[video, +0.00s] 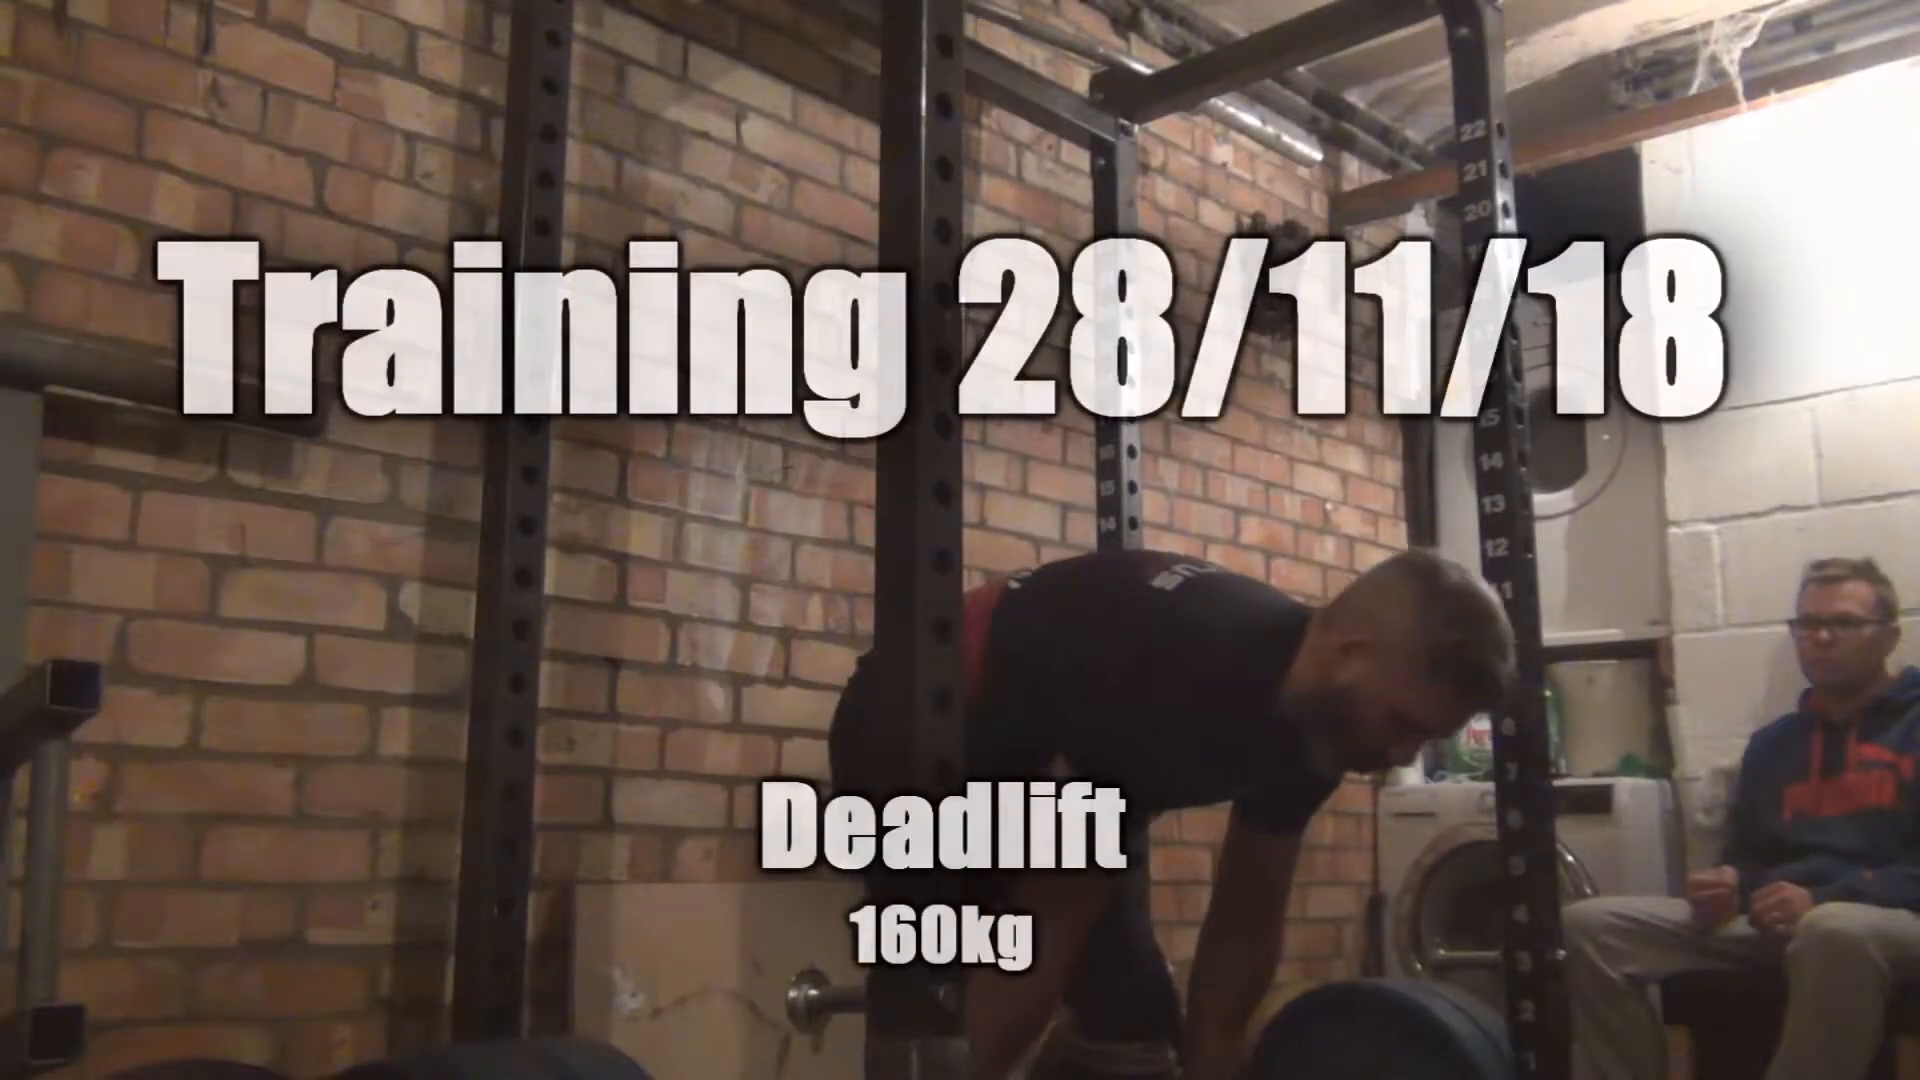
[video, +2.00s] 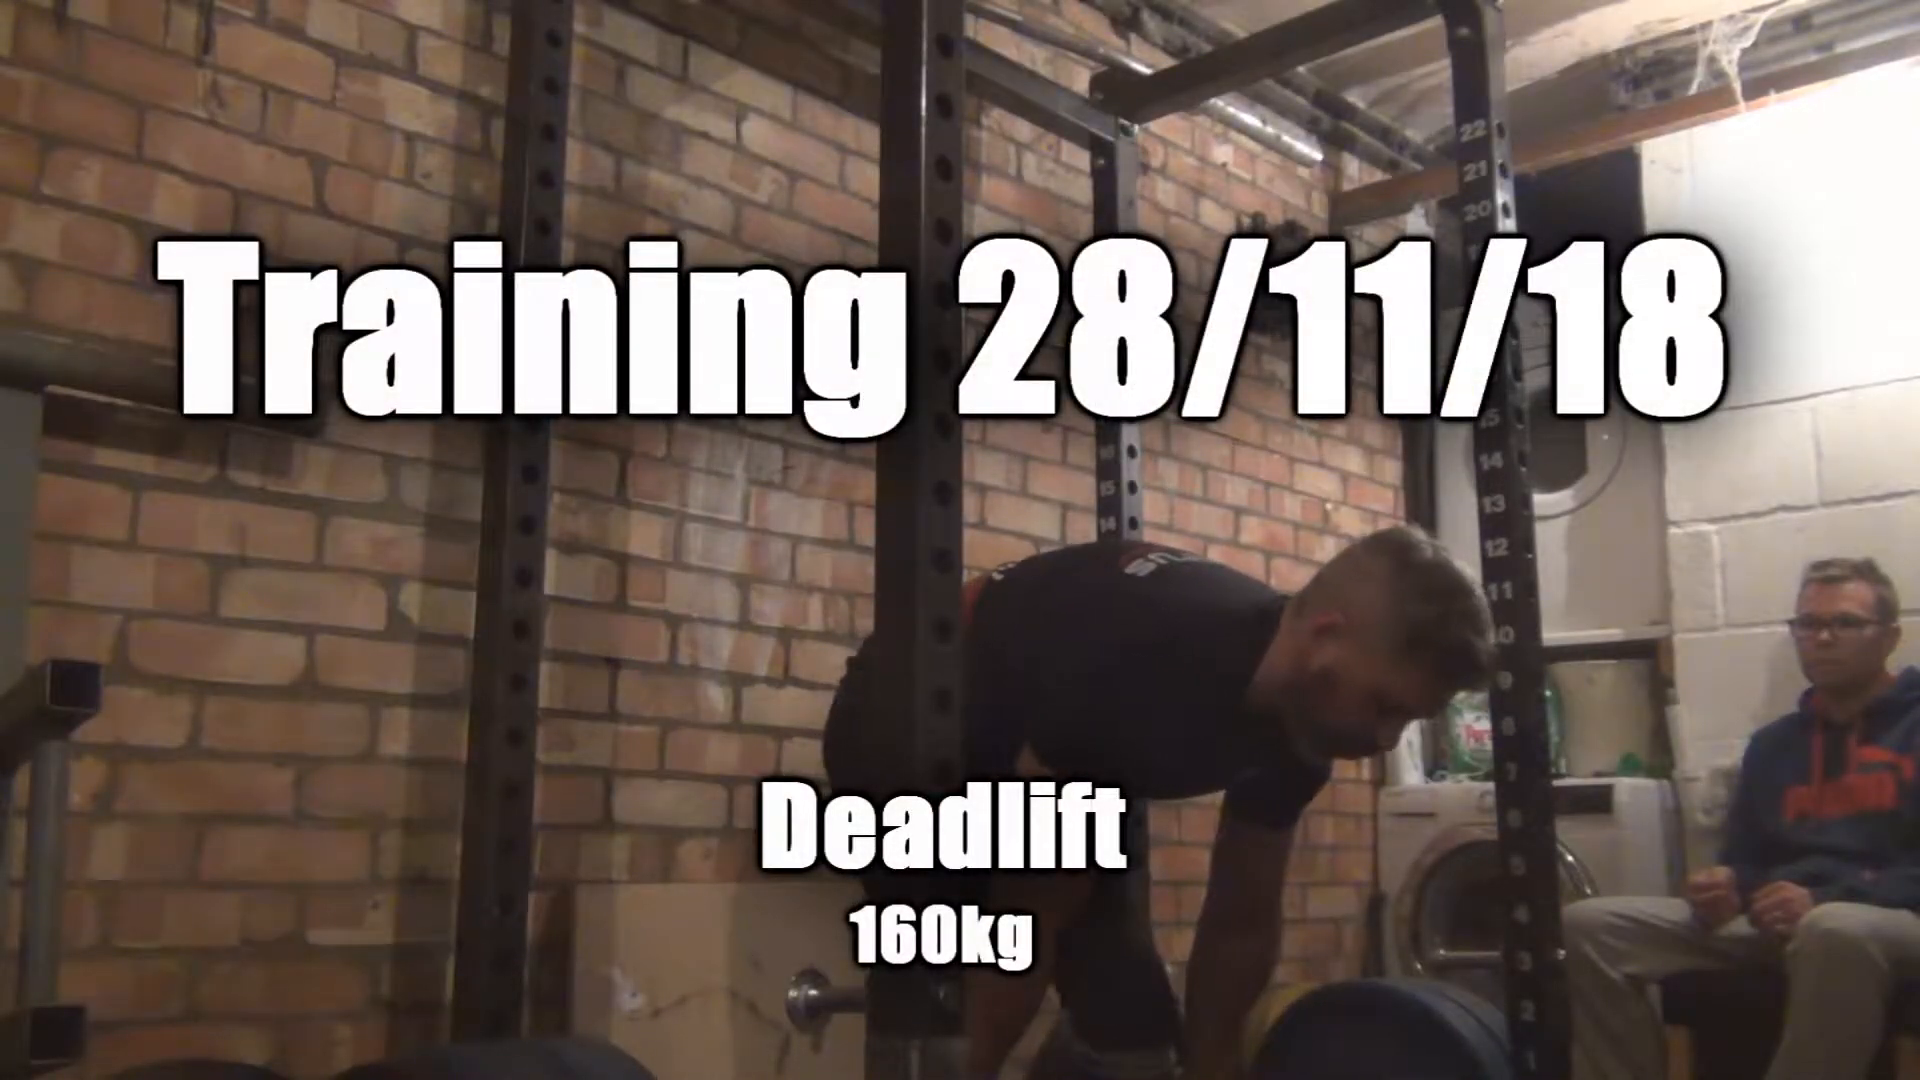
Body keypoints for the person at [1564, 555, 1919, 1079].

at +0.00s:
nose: (1821, 639)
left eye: (1843, 624)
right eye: (1808, 624)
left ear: (1890, 636)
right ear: (1794, 634)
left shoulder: (1913, 722)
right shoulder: (1771, 744)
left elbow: (1914, 872)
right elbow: (1746, 857)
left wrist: (1819, 900)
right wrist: (1730, 885)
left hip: (1896, 918)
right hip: (1772, 918)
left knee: (1832, 937)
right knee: (1588, 930)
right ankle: (1625, 1072)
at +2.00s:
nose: (1822, 638)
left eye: (1844, 624)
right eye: (1809, 624)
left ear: (1890, 638)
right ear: (1794, 633)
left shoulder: (1914, 722)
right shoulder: (1772, 745)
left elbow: (1914, 875)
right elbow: (1745, 859)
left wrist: (1820, 900)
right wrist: (1729, 887)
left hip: (1894, 921)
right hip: (1772, 920)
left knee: (1833, 937)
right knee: (1589, 929)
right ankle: (1625, 1072)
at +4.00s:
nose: (1823, 639)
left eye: (1845, 624)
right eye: (1809, 623)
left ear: (1891, 636)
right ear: (1794, 633)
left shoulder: (1914, 722)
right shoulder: (1774, 743)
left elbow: (1914, 875)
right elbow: (1745, 850)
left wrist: (1820, 899)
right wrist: (1730, 883)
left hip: (1894, 919)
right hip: (1771, 918)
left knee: (1833, 936)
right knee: (1589, 929)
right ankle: (1626, 1073)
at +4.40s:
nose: (1824, 639)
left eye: (1846, 624)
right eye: (1810, 624)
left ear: (1891, 637)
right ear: (1794, 634)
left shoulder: (1914, 723)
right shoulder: (1774, 743)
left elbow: (1913, 875)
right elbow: (1746, 856)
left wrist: (1819, 900)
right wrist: (1730, 887)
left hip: (1895, 918)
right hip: (1774, 918)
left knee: (1832, 936)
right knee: (1590, 929)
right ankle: (1627, 1074)